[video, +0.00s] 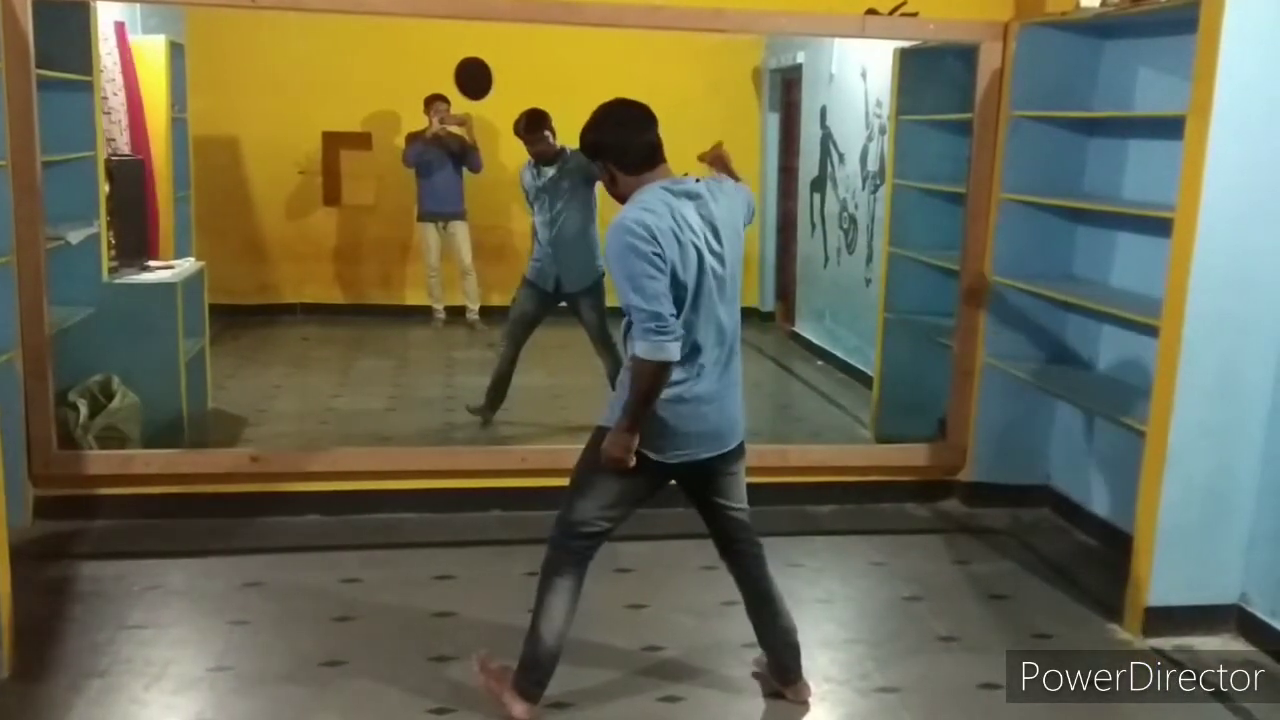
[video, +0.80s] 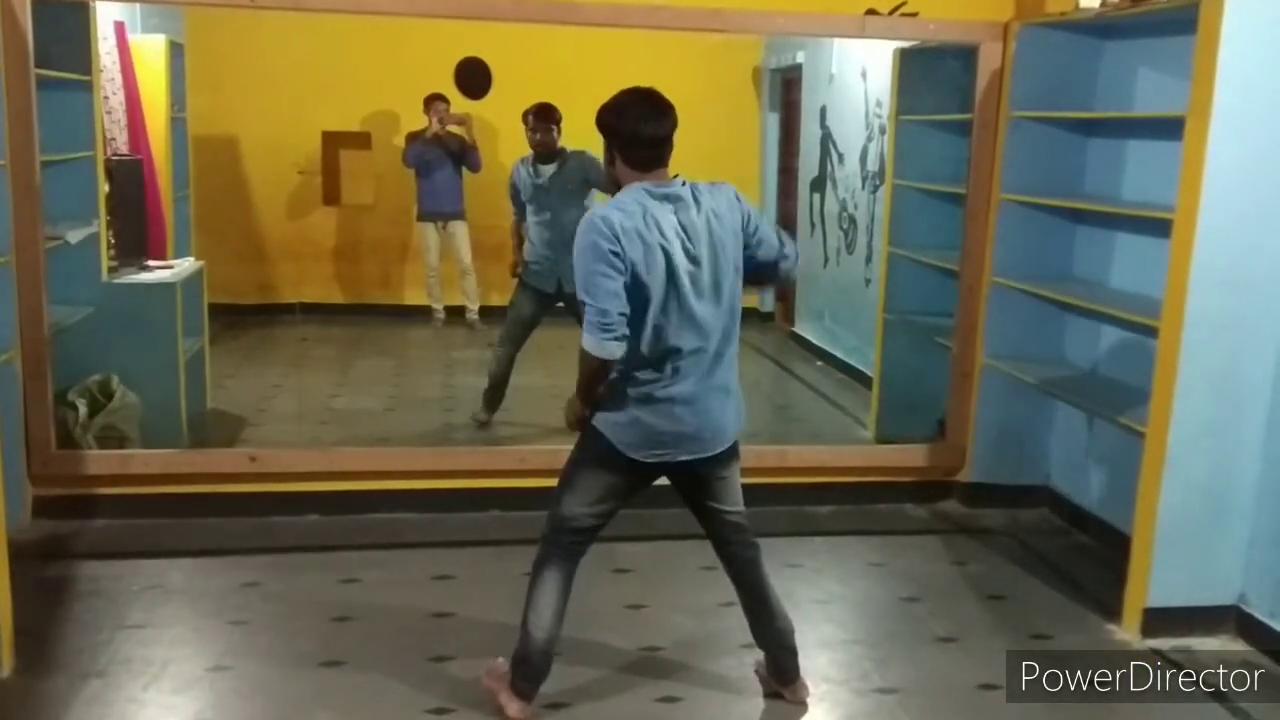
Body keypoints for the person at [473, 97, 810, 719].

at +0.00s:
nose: (598, 181)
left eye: (596, 170)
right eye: (596, 170)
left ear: (608, 171)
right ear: (661, 151)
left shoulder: (631, 229)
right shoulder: (715, 198)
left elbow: (659, 343)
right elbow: (742, 195)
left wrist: (626, 428)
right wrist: (724, 166)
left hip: (654, 420)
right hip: (719, 416)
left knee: (573, 543)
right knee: (740, 541)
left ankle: (525, 686)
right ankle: (789, 676)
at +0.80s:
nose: (603, 155)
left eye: (604, 146)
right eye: (606, 145)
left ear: (612, 150)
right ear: (672, 145)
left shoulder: (605, 225)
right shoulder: (723, 203)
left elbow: (607, 341)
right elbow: (781, 261)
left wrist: (582, 398)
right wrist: (716, 268)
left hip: (633, 423)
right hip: (712, 419)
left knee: (562, 547)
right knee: (741, 549)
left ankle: (521, 685)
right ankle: (786, 676)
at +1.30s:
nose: (598, 158)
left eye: (600, 150)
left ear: (606, 158)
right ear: (669, 154)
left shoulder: (578, 216)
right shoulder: (710, 224)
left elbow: (541, 319)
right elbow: (743, 300)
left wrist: (567, 396)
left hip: (610, 423)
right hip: (693, 424)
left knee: (546, 544)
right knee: (741, 551)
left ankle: (519, 688)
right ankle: (790, 679)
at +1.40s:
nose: (591, 151)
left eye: (593, 143)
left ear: (598, 152)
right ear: (661, 149)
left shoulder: (568, 208)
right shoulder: (699, 209)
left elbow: (536, 314)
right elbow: (765, 233)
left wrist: (559, 395)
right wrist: (714, 192)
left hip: (600, 419)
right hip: (682, 419)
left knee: (544, 544)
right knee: (741, 536)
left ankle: (519, 686)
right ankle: (786, 670)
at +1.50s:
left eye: (586, 142)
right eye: (652, 133)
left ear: (590, 147)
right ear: (652, 141)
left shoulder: (563, 208)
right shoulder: (694, 197)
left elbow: (539, 323)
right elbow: (772, 207)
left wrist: (560, 397)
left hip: (601, 415)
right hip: (681, 412)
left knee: (546, 543)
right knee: (736, 533)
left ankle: (520, 686)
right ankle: (778, 672)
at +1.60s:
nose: (580, 151)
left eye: (580, 143)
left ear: (588, 149)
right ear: (648, 141)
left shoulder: (566, 214)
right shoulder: (695, 197)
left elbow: (552, 334)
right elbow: (751, 222)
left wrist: (569, 406)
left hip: (608, 416)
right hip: (689, 413)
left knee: (549, 543)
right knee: (738, 543)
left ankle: (519, 686)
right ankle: (781, 678)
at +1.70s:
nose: (579, 154)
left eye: (580, 146)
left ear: (589, 152)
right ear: (649, 143)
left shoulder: (570, 216)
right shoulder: (694, 196)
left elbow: (558, 334)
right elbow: (722, 253)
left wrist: (567, 404)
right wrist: (653, 202)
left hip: (613, 416)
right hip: (694, 413)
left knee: (550, 542)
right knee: (739, 543)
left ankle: (520, 686)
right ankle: (782, 679)